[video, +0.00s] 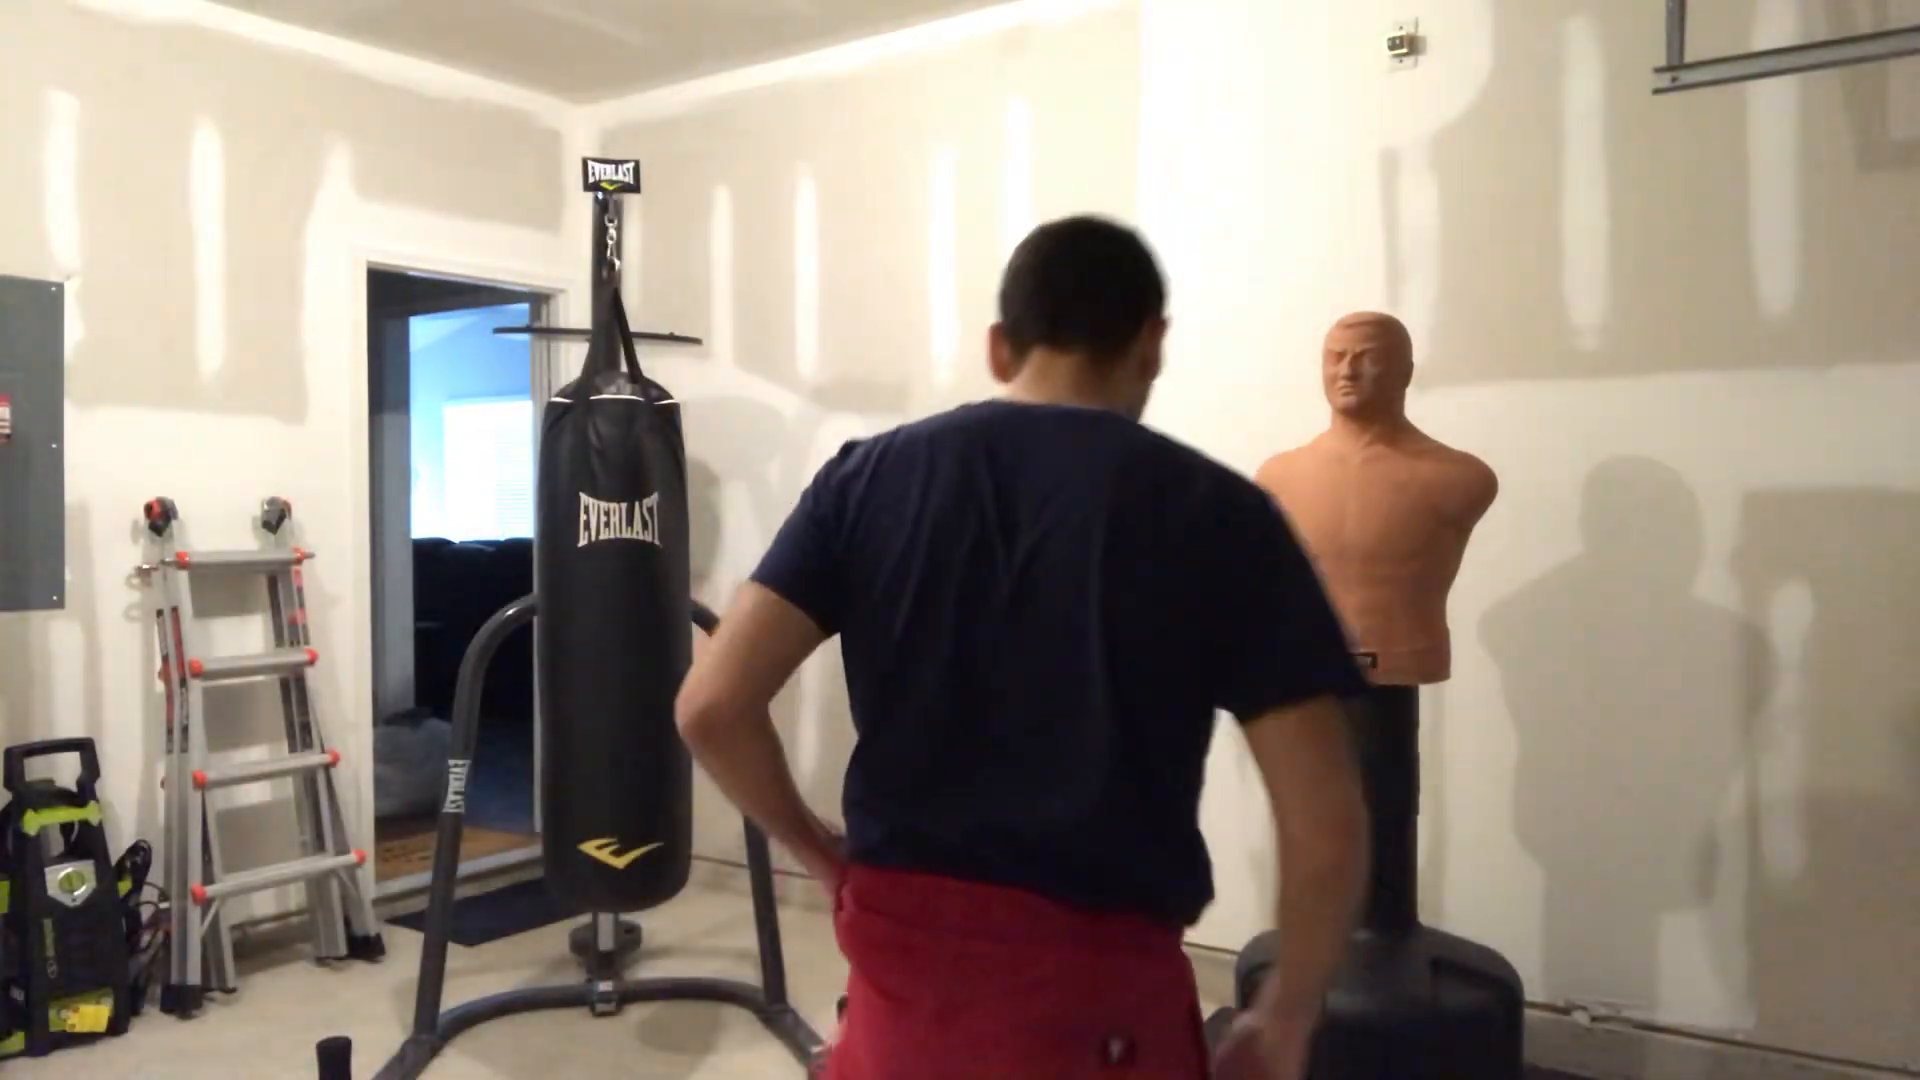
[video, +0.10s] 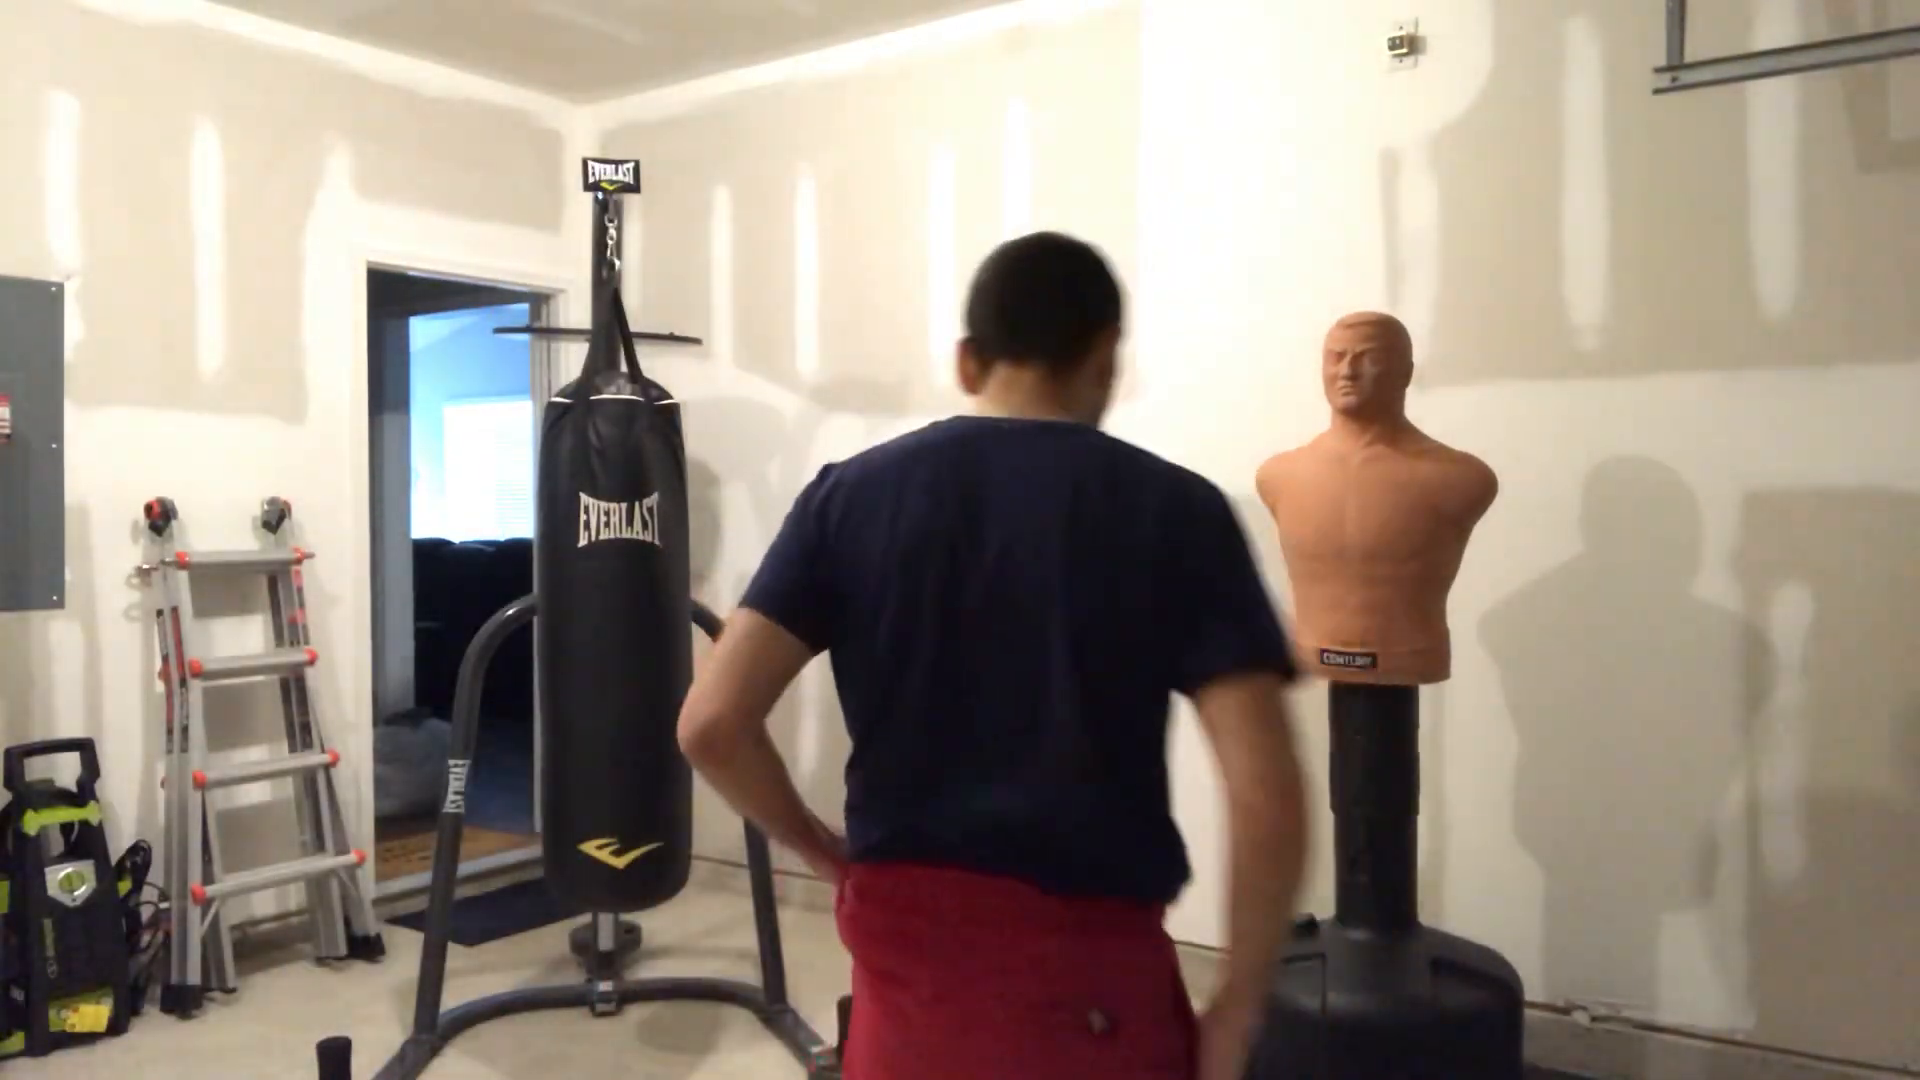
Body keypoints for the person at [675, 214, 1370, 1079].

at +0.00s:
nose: (1151, 367)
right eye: (1160, 350)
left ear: (995, 352)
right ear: (1154, 346)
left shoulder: (873, 478)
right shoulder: (1215, 511)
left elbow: (711, 708)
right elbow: (1327, 827)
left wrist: (822, 851)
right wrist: (1286, 1018)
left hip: (902, 975)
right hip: (1115, 982)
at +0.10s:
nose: (1110, 383)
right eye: (1114, 364)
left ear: (965, 364)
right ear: (1108, 361)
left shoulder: (853, 495)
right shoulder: (1173, 508)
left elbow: (711, 726)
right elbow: (1267, 794)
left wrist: (826, 850)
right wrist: (1238, 1011)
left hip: (902, 951)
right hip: (1097, 960)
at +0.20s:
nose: (1073, 373)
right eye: (1075, 353)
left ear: (935, 365)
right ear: (1065, 349)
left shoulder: (832, 487)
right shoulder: (1126, 482)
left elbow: (697, 707)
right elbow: (1194, 744)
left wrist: (831, 827)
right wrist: (1184, 956)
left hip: (890, 930)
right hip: (1062, 934)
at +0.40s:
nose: (1053, 383)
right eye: (1054, 363)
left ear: (924, 369)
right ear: (1040, 352)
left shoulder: (830, 481)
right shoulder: (1070, 460)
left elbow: (702, 679)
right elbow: (1110, 655)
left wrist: (834, 785)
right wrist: (1140, 834)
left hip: (879, 870)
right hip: (1030, 876)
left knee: (885, 1062)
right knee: (1091, 1060)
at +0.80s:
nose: (1168, 410)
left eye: (1173, 389)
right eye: (1171, 388)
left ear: (1057, 367)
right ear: (1152, 380)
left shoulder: (938, 472)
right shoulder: (1145, 498)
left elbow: (795, 616)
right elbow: (1132, 678)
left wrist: (900, 725)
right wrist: (1169, 798)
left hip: (936, 847)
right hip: (1063, 866)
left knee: (931, 1055)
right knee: (1112, 1067)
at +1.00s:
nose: (1204, 411)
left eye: (1212, 392)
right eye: (1209, 389)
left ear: (1097, 363)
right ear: (1186, 378)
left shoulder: (979, 461)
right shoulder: (1175, 488)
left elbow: (837, 602)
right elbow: (1157, 666)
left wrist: (935, 710)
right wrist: (1189, 789)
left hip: (966, 801)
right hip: (1082, 839)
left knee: (962, 935)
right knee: (1100, 1063)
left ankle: (921, 1073)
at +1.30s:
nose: (1232, 418)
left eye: (1241, 399)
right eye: (1240, 396)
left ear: (1133, 360)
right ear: (1218, 379)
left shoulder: (1023, 456)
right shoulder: (1178, 492)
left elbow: (894, 587)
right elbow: (1121, 667)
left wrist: (979, 673)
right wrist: (1174, 777)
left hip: (994, 774)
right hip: (1083, 807)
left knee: (1053, 945)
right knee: (1107, 1049)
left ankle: (1034, 1068)